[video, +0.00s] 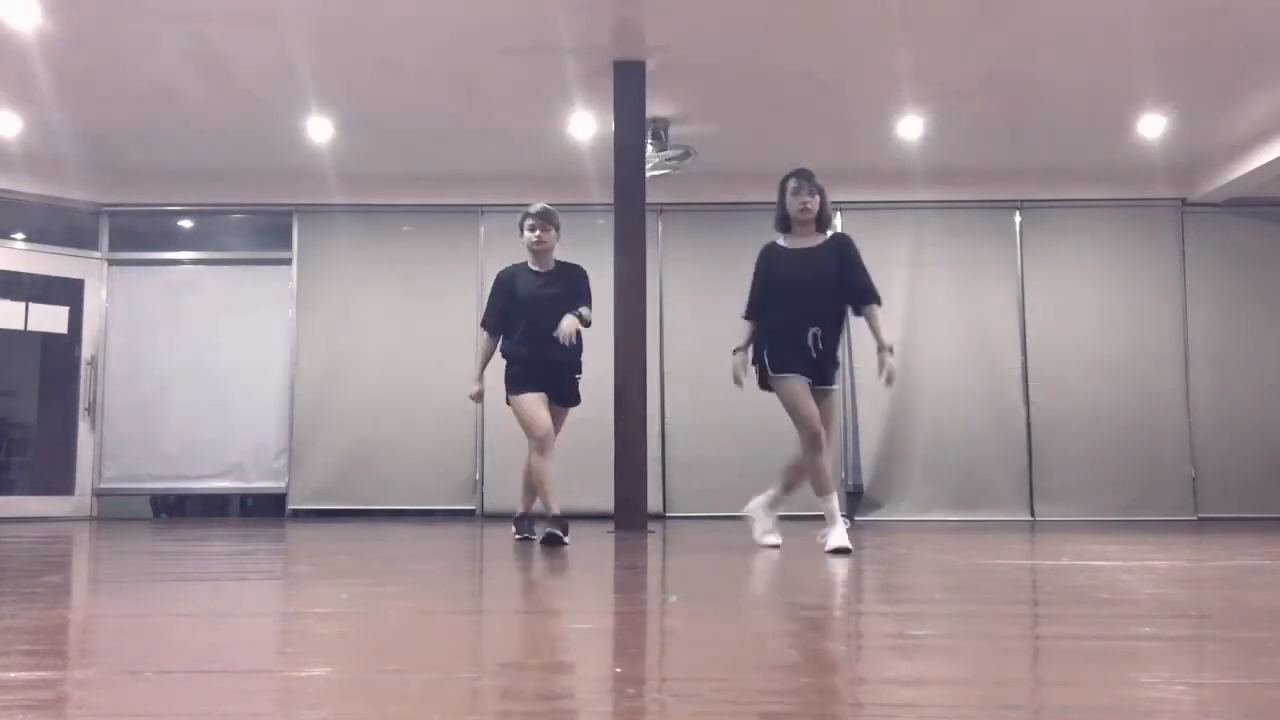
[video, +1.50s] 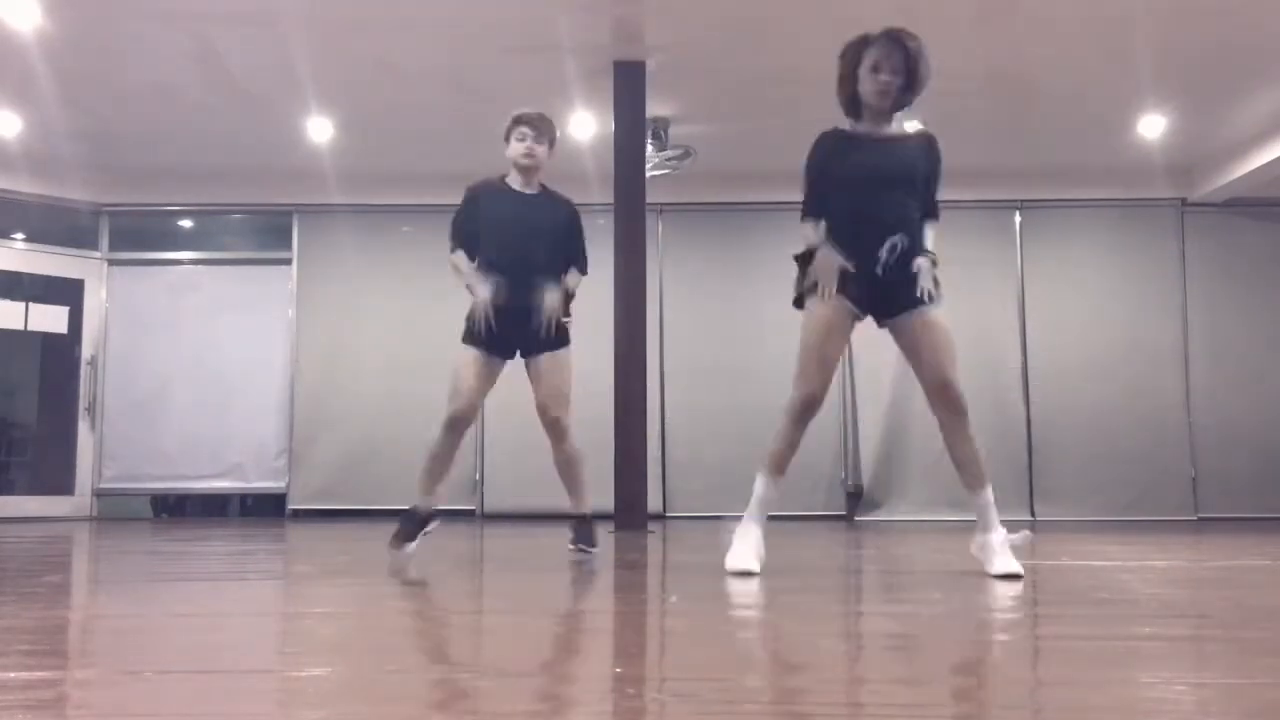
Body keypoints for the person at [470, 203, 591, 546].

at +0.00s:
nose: (539, 234)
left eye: (546, 228)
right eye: (532, 228)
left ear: (557, 234)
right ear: (522, 235)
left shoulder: (574, 274)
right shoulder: (509, 278)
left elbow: (585, 313)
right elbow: (491, 331)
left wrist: (573, 318)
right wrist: (478, 377)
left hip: (563, 373)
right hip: (521, 371)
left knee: (542, 447)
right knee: (542, 435)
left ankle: (524, 516)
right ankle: (554, 519)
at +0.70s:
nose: (537, 197)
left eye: (547, 192)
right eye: (531, 190)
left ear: (560, 200)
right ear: (520, 195)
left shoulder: (576, 237)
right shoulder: (496, 244)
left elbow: (601, 282)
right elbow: (479, 297)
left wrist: (602, 314)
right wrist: (498, 311)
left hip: (571, 342)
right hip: (522, 344)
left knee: (558, 419)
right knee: (521, 432)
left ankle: (561, 519)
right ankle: (518, 521)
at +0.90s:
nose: (522, 196)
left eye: (528, 187)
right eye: (513, 191)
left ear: (543, 192)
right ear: (503, 201)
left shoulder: (576, 231)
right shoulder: (499, 250)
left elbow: (597, 286)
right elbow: (494, 308)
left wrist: (600, 338)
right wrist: (510, 265)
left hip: (566, 343)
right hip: (513, 347)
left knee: (558, 407)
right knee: (522, 448)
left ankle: (551, 515)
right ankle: (521, 524)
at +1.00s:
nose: (533, 185)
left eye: (539, 176)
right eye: (524, 181)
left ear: (554, 181)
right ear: (514, 190)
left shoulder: (579, 234)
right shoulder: (501, 230)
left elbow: (589, 295)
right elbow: (488, 278)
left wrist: (590, 338)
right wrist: (529, 238)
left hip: (565, 341)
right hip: (514, 341)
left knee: (558, 423)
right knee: (524, 446)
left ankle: (552, 525)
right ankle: (524, 524)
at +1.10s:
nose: (556, 180)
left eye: (563, 175)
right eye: (548, 172)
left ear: (571, 188)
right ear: (531, 179)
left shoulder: (571, 239)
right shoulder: (510, 212)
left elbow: (579, 302)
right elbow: (492, 235)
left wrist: (595, 338)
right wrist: (530, 208)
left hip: (565, 340)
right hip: (515, 339)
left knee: (559, 425)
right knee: (526, 445)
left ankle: (552, 526)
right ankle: (533, 516)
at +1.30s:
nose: (561, 192)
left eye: (569, 190)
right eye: (558, 181)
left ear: (571, 200)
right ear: (537, 179)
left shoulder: (571, 245)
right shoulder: (502, 225)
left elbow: (591, 292)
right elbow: (501, 204)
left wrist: (587, 308)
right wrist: (529, 174)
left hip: (558, 341)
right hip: (506, 338)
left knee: (552, 429)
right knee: (514, 417)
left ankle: (550, 527)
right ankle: (520, 482)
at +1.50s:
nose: (528, 146)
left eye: (537, 140)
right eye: (520, 139)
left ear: (549, 152)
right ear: (506, 147)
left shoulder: (562, 209)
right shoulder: (481, 196)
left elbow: (576, 266)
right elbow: (458, 252)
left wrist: (561, 291)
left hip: (543, 320)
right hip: (491, 318)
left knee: (556, 420)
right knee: (458, 414)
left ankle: (582, 519)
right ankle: (423, 507)